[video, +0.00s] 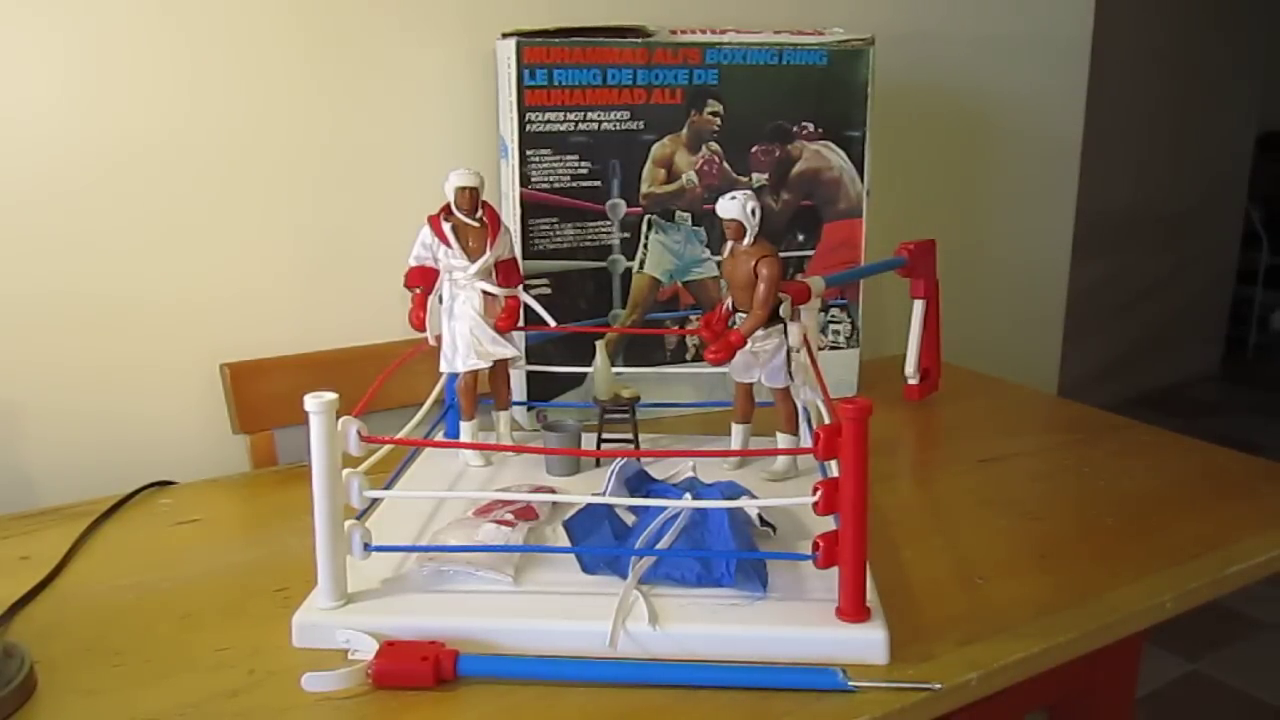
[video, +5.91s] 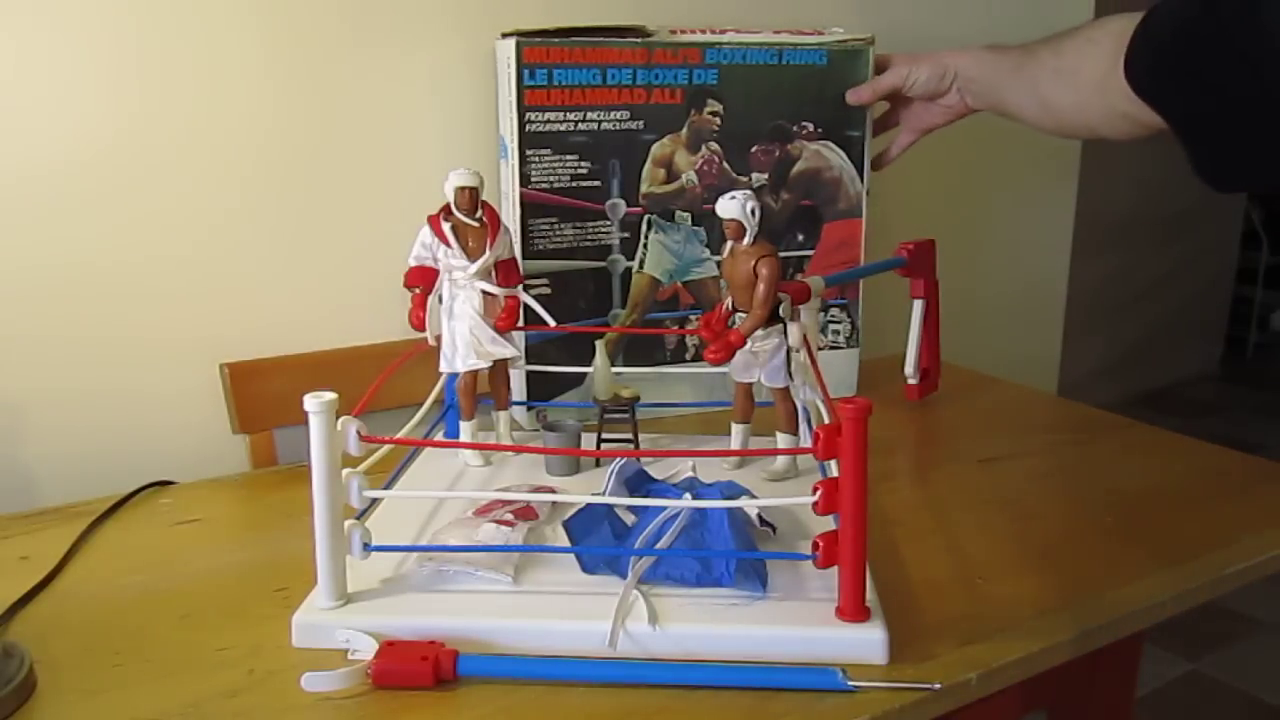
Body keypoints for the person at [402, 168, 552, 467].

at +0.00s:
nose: (467, 197)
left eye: (472, 191)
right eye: (461, 191)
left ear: (481, 194)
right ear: (451, 195)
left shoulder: (496, 227)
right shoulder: (436, 229)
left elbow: (508, 267)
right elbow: (422, 267)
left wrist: (512, 303)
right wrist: (419, 302)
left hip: (494, 303)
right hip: (459, 304)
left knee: (500, 364)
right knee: (469, 369)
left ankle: (504, 433)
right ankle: (469, 440)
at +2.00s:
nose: (467, 198)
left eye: (472, 191)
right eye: (461, 192)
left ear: (480, 194)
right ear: (451, 195)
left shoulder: (496, 227)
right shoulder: (435, 229)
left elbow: (508, 270)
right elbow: (421, 272)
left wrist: (511, 305)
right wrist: (422, 312)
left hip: (491, 302)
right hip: (457, 304)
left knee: (500, 364)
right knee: (468, 370)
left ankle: (504, 432)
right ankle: (469, 441)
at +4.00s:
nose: (467, 198)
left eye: (472, 191)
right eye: (461, 192)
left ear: (480, 194)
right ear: (451, 196)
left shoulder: (496, 228)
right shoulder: (436, 229)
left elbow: (508, 269)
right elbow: (422, 267)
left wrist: (511, 304)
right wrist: (419, 302)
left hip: (492, 301)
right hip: (458, 302)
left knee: (500, 362)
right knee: (469, 369)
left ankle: (505, 431)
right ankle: (468, 440)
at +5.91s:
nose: (466, 197)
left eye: (471, 191)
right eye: (460, 191)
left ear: (479, 193)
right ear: (450, 195)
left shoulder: (495, 227)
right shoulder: (435, 229)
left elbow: (508, 269)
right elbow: (421, 270)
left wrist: (510, 305)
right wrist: (419, 308)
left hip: (492, 301)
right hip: (458, 303)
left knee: (500, 363)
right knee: (468, 369)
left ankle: (505, 430)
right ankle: (468, 440)